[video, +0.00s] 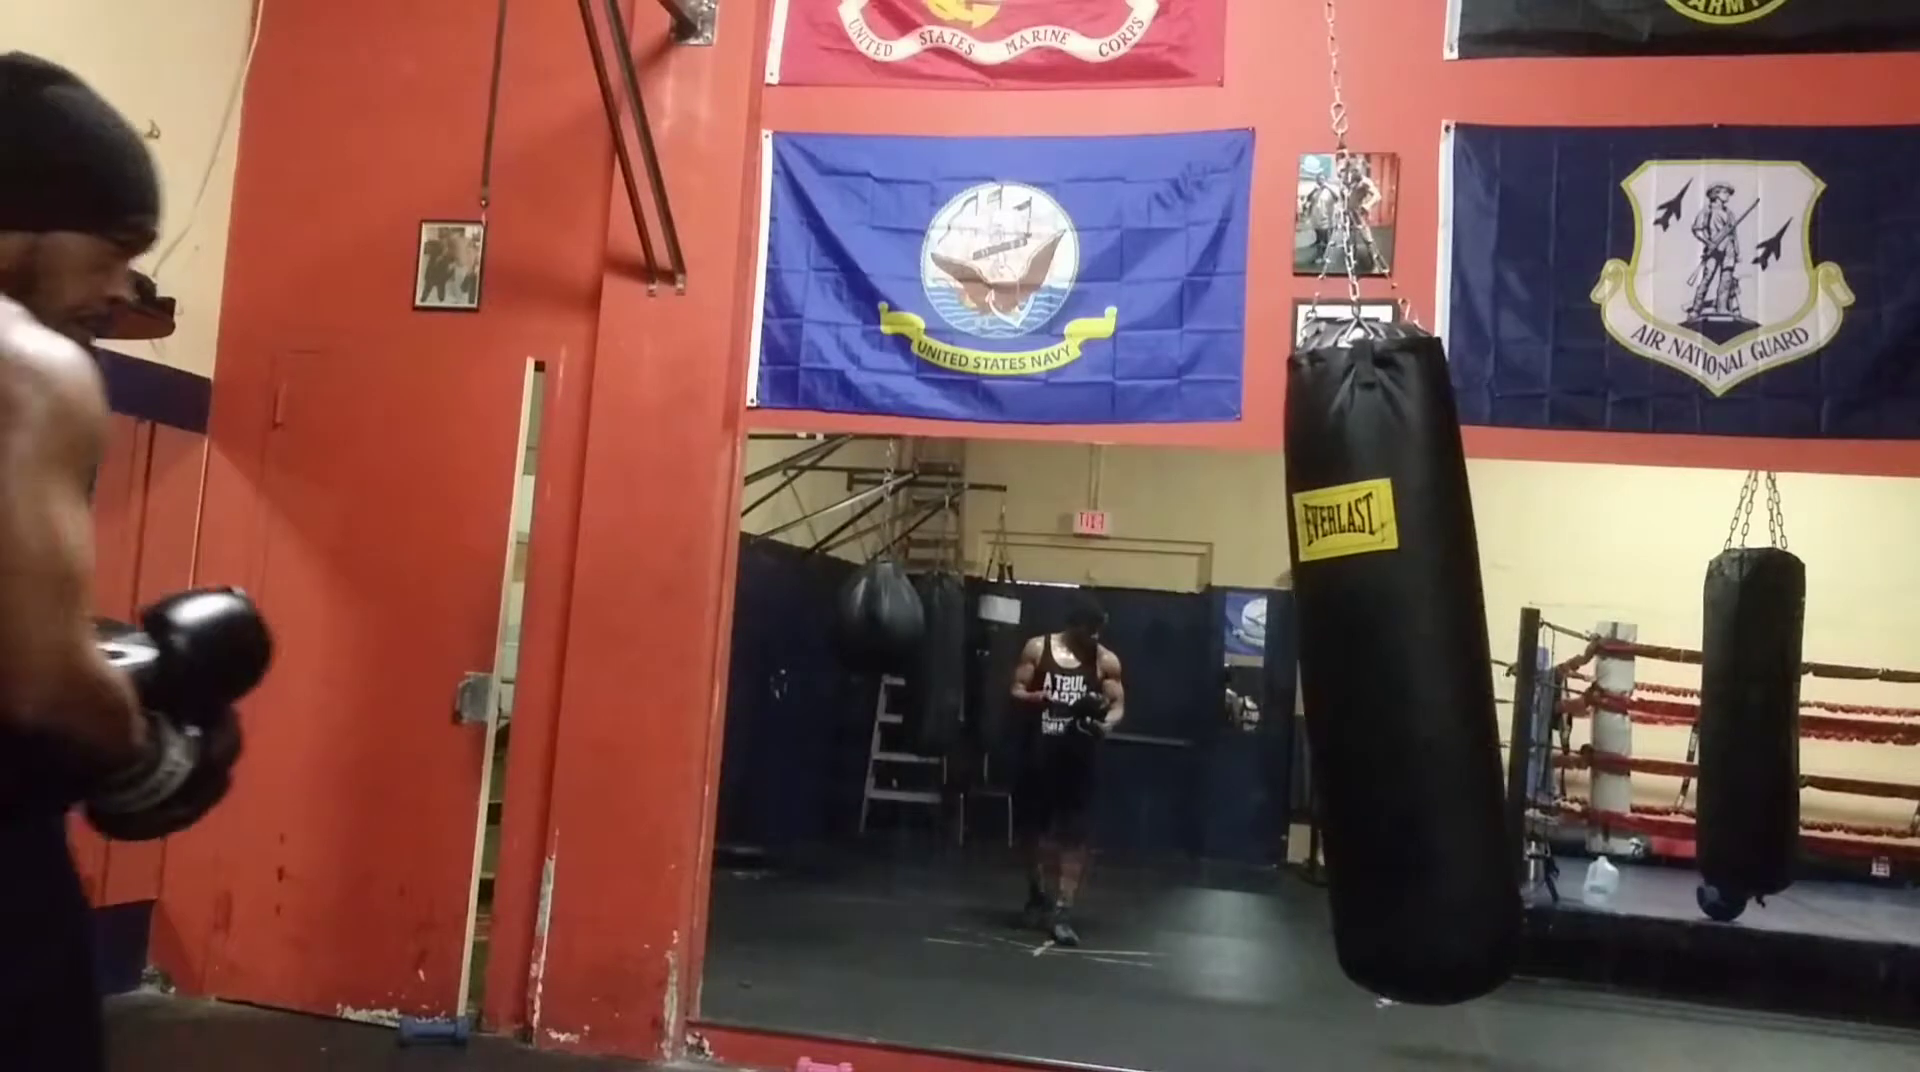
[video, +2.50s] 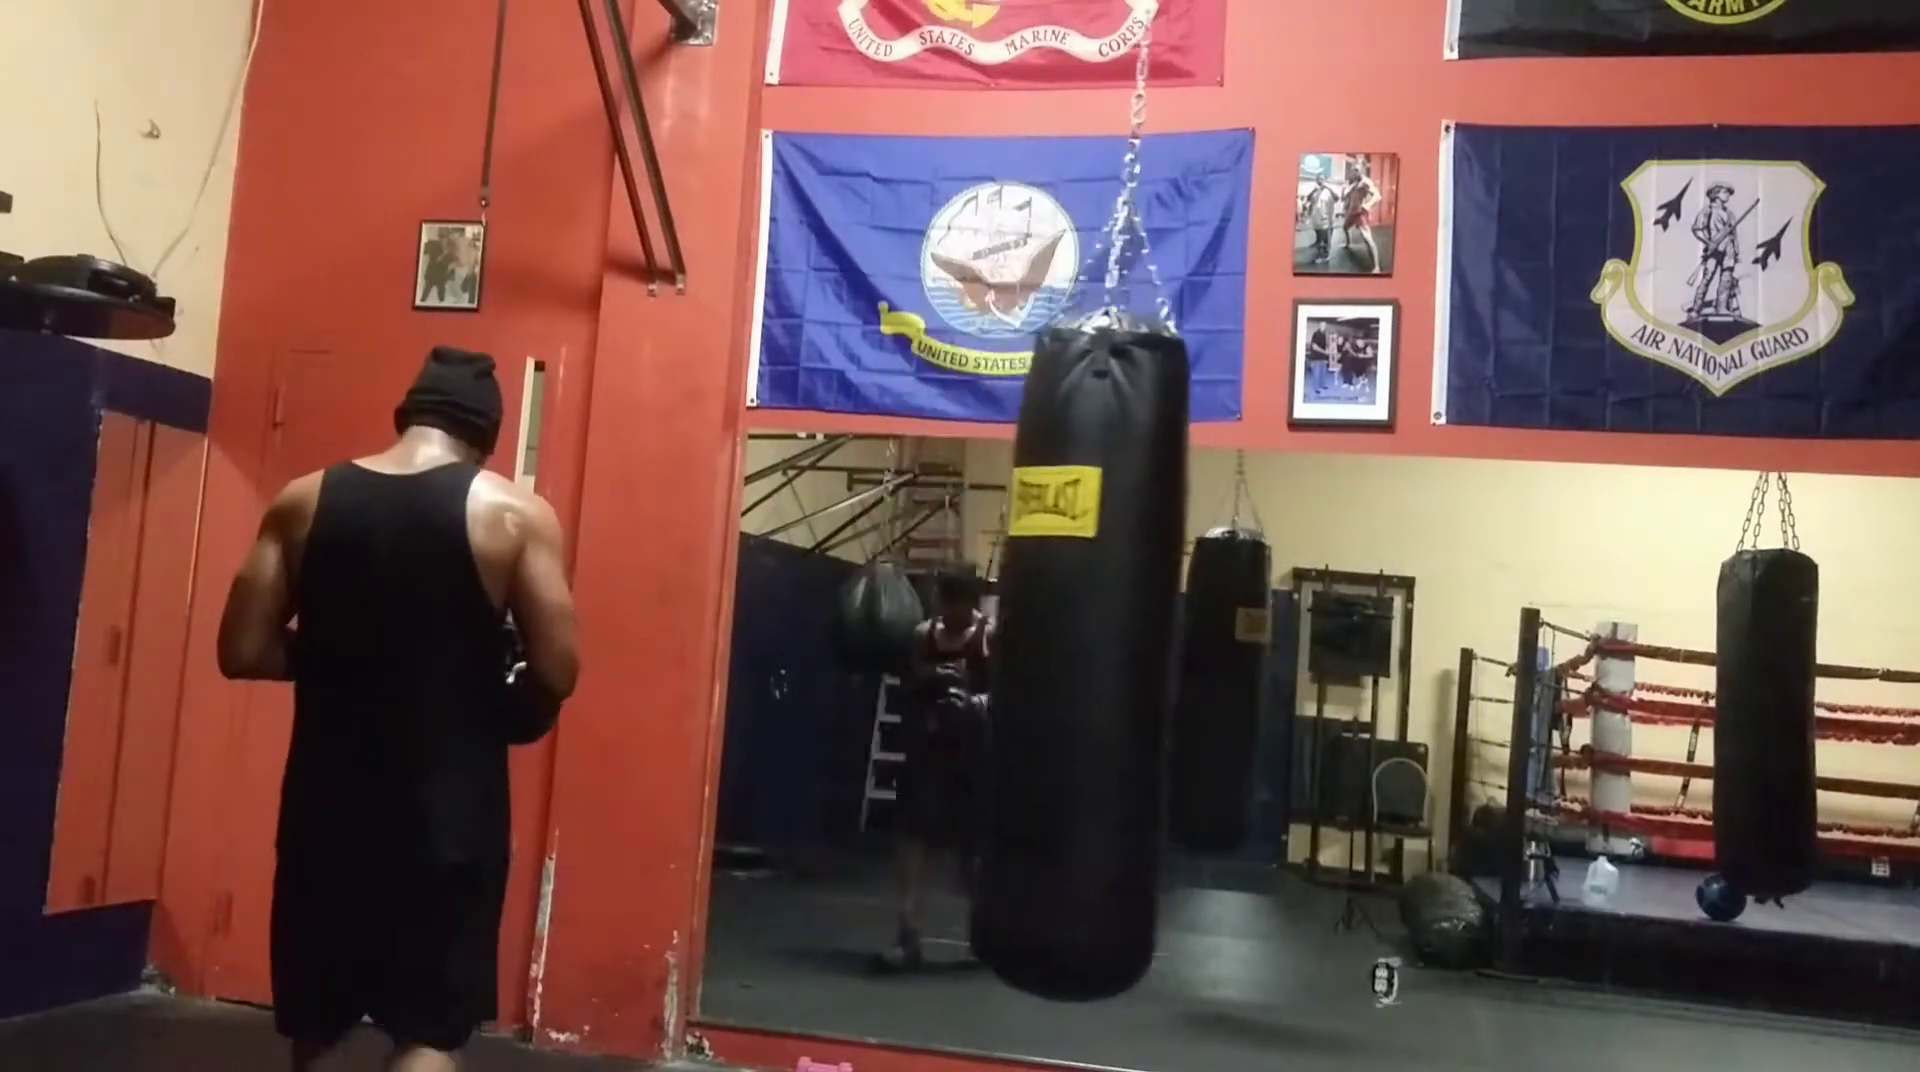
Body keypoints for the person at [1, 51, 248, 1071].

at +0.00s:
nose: (125, 290)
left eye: (135, 260)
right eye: (117, 250)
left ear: (24, 236)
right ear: (29, 228)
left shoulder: (41, 370)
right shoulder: (37, 371)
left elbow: (27, 652)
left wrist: (117, 672)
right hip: (15, 893)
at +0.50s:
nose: (334, 332)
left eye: (340, 299)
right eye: (325, 293)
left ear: (189, 267)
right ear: (238, 277)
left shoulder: (23, 350)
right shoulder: (275, 395)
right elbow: (314, 666)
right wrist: (370, 710)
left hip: (16, 824)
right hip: (175, 855)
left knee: (36, 1035)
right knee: (183, 1044)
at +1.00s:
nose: (400, 387)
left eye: (405, 366)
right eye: (398, 363)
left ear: (275, 322)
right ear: (357, 344)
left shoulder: (122, 435)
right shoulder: (370, 435)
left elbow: (64, 649)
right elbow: (413, 660)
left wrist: (200, 658)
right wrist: (457, 714)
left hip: (152, 841)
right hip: (313, 854)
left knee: (145, 1048)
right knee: (332, 1048)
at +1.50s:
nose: (440, 427)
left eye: (441, 416)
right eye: (444, 415)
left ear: (342, 366)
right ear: (434, 400)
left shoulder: (204, 465)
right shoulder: (452, 477)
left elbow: (153, 657)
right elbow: (499, 675)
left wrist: (273, 662)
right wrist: (523, 636)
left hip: (223, 853)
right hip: (383, 866)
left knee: (207, 1055)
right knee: (373, 1054)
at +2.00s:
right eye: (501, 415)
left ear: (407, 396)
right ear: (501, 420)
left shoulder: (301, 477)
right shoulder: (538, 513)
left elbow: (231, 646)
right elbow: (560, 686)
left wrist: (337, 650)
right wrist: (474, 723)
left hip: (300, 830)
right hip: (443, 851)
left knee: (271, 1044)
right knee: (423, 1052)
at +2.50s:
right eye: (486, 434)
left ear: (404, 418)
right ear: (488, 437)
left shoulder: (307, 499)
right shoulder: (517, 516)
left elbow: (243, 652)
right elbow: (556, 671)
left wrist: (344, 653)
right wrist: (510, 712)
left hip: (324, 813)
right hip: (449, 824)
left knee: (315, 1030)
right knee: (430, 1032)